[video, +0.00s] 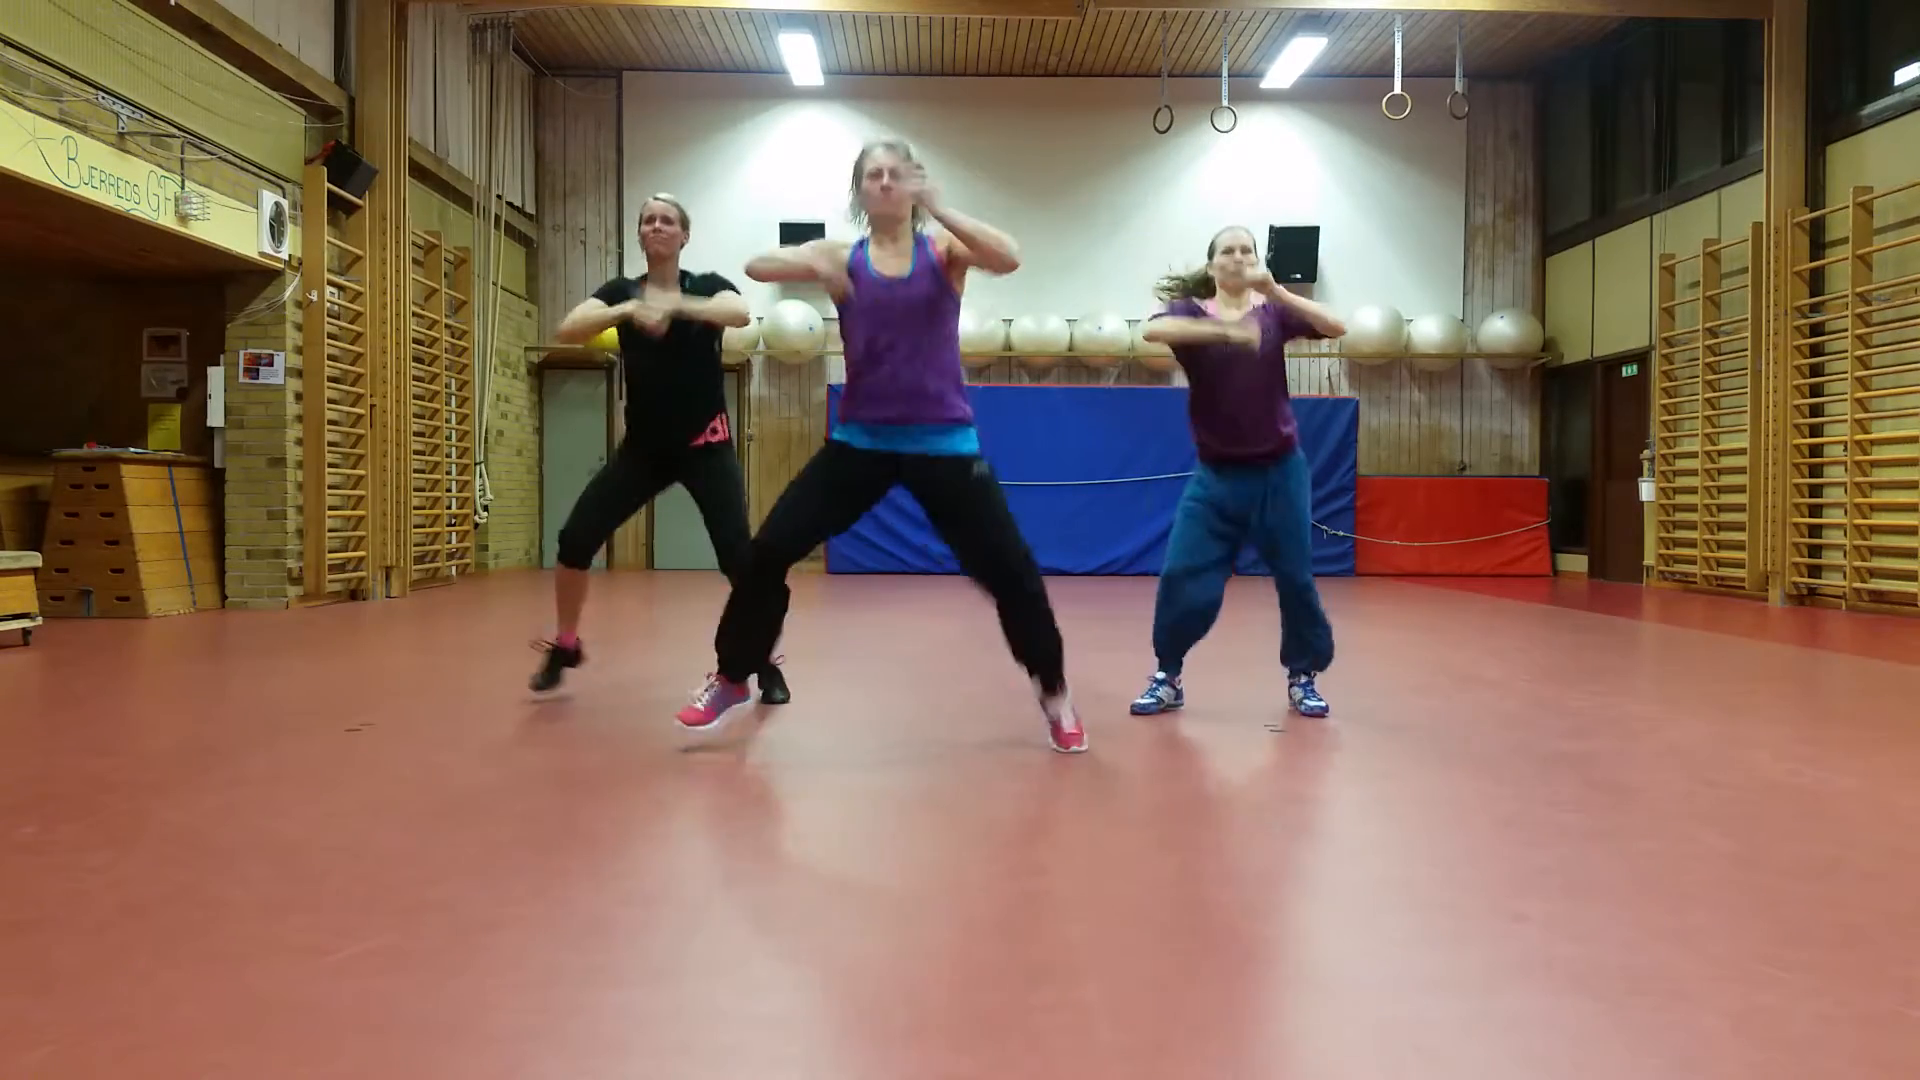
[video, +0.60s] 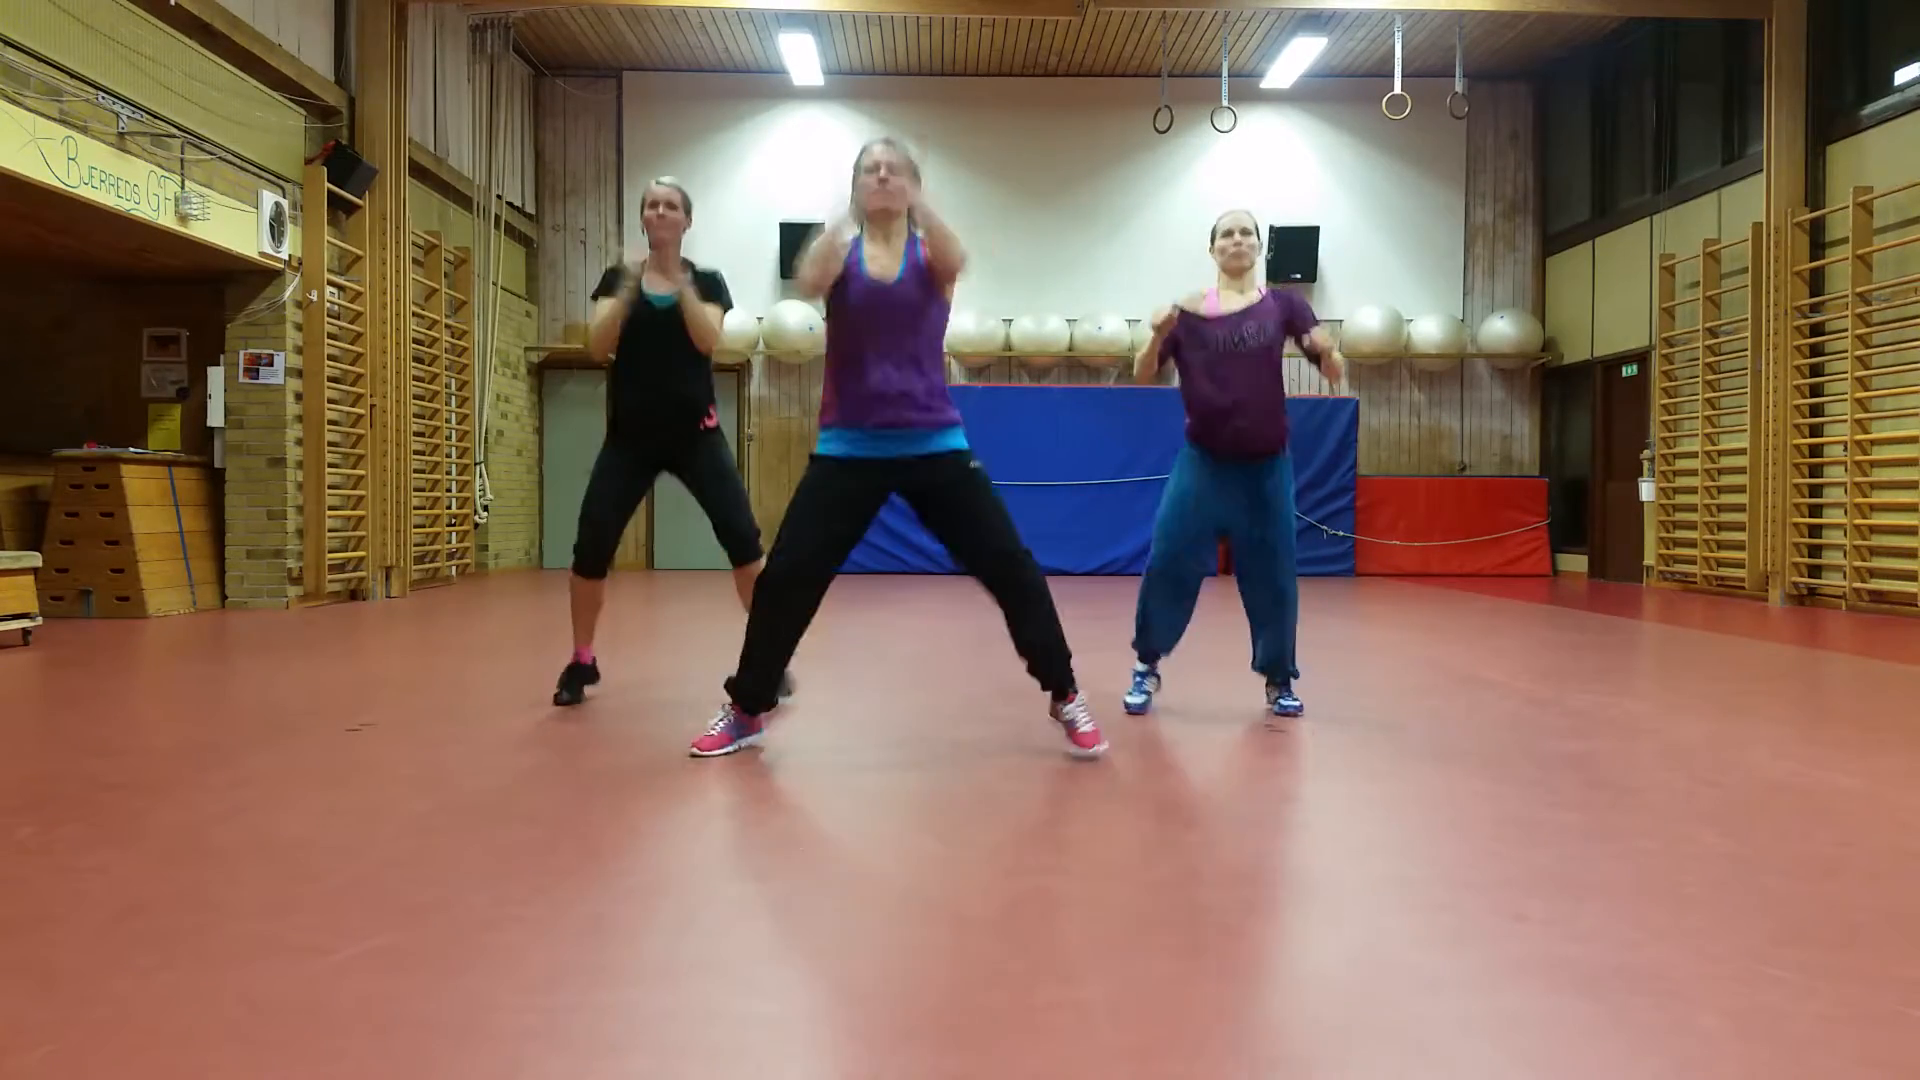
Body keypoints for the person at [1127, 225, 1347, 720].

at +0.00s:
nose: (1239, 258)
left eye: (1247, 251)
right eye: (1228, 251)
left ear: (1259, 263)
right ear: (1211, 263)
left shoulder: (1274, 312)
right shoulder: (1191, 311)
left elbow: (1335, 327)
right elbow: (1154, 331)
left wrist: (1279, 291)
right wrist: (1223, 328)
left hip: (1280, 465)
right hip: (1216, 468)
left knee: (1295, 576)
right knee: (1179, 571)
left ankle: (1303, 678)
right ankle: (1167, 679)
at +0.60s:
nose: (1238, 240)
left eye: (1246, 233)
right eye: (1228, 234)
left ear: (1260, 247)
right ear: (1213, 249)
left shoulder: (1283, 304)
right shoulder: (1188, 311)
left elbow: (1331, 368)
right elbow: (1145, 375)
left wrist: (1328, 354)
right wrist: (1157, 336)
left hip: (1267, 461)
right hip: (1203, 459)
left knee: (1274, 570)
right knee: (1168, 557)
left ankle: (1280, 681)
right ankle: (1146, 668)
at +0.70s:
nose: (1236, 231)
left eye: (1245, 224)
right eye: (1226, 225)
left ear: (1258, 238)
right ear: (1209, 240)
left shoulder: (1279, 296)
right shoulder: (1179, 296)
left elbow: (1324, 353)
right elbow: (1135, 343)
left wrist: (1324, 388)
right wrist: (1139, 371)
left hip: (1260, 453)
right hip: (1195, 452)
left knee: (1279, 560)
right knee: (1167, 556)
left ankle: (1287, 668)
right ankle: (1134, 657)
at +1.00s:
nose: (1231, 254)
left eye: (1240, 246)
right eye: (1222, 246)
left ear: (1252, 256)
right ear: (1206, 259)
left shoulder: (1278, 312)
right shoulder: (1187, 326)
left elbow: (1317, 377)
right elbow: (1152, 396)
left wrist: (1300, 423)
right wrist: (1189, 355)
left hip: (1264, 468)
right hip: (1198, 466)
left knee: (1280, 575)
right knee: (1152, 557)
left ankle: (1287, 680)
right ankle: (1128, 668)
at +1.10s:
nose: (1233, 236)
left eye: (1240, 229)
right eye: (1222, 230)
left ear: (1253, 241)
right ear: (1207, 244)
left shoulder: (1277, 299)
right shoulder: (1185, 299)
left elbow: (1320, 352)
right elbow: (1149, 351)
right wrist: (1215, 340)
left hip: (1264, 451)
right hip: (1198, 451)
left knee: (1287, 558)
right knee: (1153, 549)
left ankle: (1305, 668)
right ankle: (1127, 657)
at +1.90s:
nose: (1232, 235)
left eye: (1240, 228)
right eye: (1222, 231)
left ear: (1255, 240)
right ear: (1208, 247)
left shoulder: (1282, 287)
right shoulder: (1195, 294)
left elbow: (1348, 300)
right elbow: (1154, 296)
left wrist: (1314, 309)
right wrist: (1208, 278)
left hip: (1269, 449)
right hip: (1203, 447)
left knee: (1294, 556)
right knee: (1157, 547)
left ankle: (1305, 664)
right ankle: (1115, 650)